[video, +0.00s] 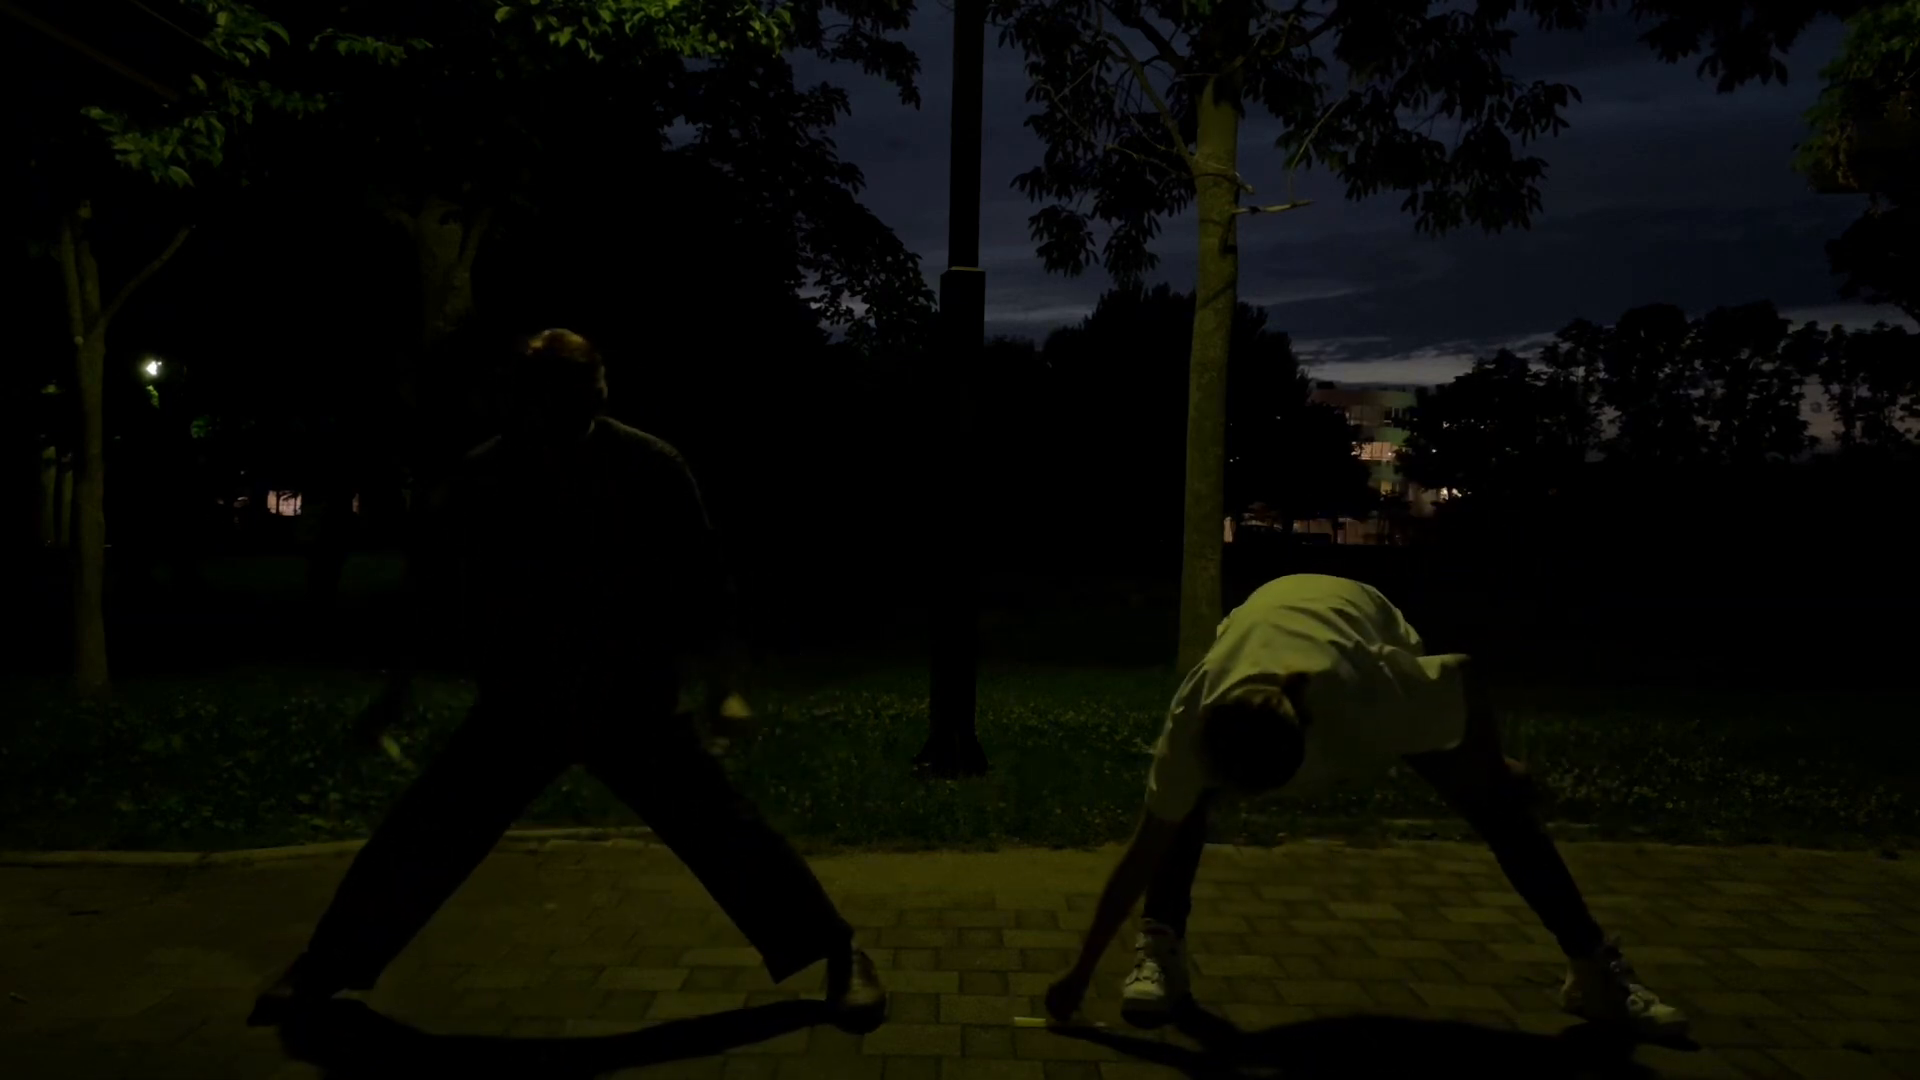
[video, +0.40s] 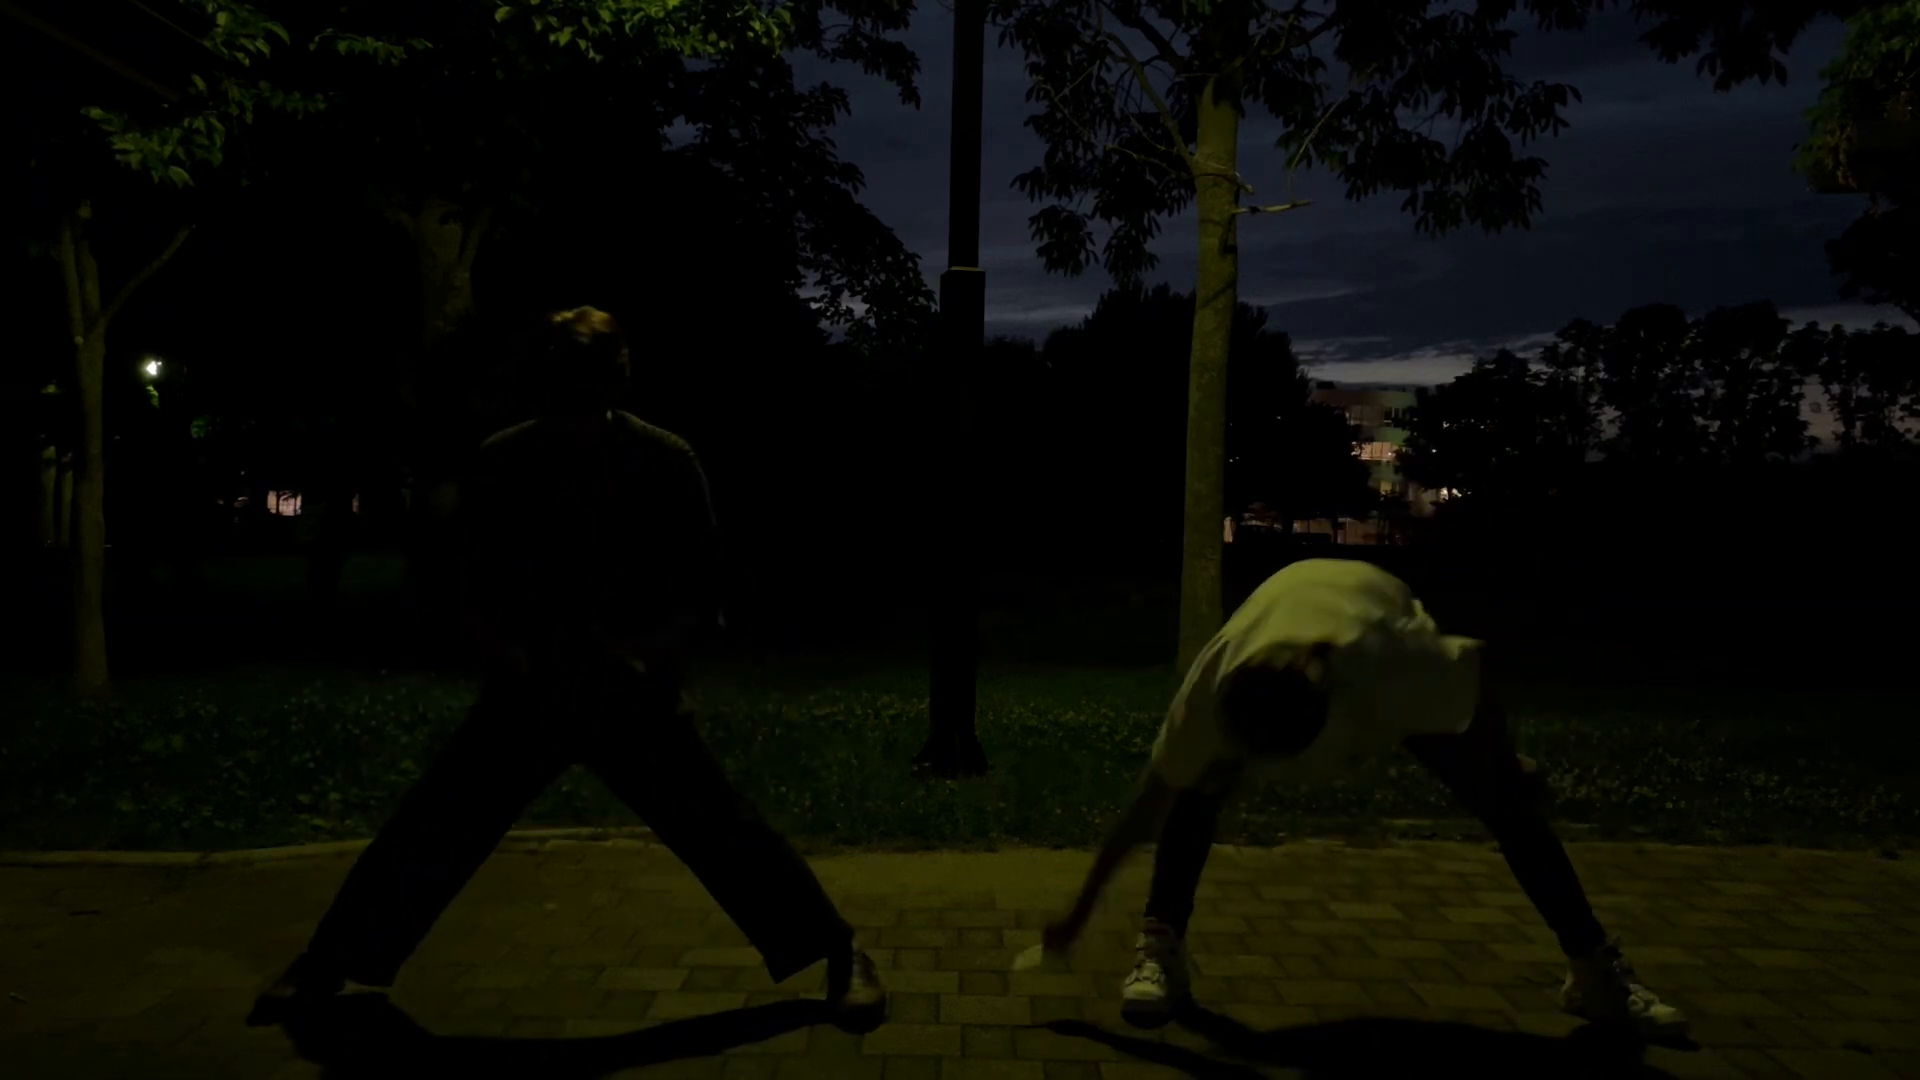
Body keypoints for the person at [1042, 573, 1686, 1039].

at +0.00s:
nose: (1238, 794)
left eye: (1258, 780)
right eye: (1227, 776)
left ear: (1293, 732)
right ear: (1216, 744)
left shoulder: (1376, 688)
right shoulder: (1187, 733)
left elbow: (1470, 680)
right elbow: (1145, 850)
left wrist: (1499, 765)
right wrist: (1082, 970)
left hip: (1365, 618)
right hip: (1251, 625)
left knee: (1497, 808)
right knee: (1180, 804)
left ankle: (1601, 973)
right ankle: (1162, 960)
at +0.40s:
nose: (1256, 757)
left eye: (1270, 747)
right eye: (1247, 743)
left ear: (1313, 712)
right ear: (1231, 707)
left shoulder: (1394, 666)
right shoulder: (1215, 688)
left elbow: (1481, 674)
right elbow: (1148, 804)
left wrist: (1508, 765)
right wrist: (1074, 913)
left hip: (1388, 625)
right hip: (1270, 622)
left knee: (1511, 807)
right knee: (1195, 792)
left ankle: (1601, 975)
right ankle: (1160, 956)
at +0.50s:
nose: (1305, 707)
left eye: (1320, 692)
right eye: (1294, 689)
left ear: (1356, 659)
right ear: (1270, 653)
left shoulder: (1423, 614)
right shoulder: (1238, 634)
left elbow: (1498, 678)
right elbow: (1157, 718)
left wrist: (1529, 768)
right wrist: (1108, 803)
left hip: (1411, 683)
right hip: (1287, 702)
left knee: (1520, 802)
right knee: (1218, 792)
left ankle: (1600, 973)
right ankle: (1161, 951)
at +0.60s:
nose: (1342, 636)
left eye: (1357, 623)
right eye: (1329, 620)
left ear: (1392, 587)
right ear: (1304, 588)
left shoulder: (1455, 574)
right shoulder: (1267, 576)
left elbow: (1511, 676)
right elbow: (1188, 643)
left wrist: (1546, 767)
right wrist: (1142, 721)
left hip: (1424, 668)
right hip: (1304, 670)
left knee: (1533, 803)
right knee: (1236, 788)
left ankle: (1601, 975)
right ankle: (1162, 951)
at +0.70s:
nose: (1374, 546)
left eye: (1389, 531)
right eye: (1366, 528)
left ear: (1424, 504)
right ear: (1346, 494)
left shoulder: (1483, 516)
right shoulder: (1300, 488)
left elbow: (1527, 636)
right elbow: (1253, 572)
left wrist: (1547, 726)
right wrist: (1216, 631)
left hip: (1438, 654)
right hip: (1323, 646)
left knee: (1541, 798)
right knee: (1240, 774)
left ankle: (1601, 973)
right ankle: (1155, 947)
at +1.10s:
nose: (1338, 439)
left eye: (1354, 422)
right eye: (1325, 422)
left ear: (1379, 408)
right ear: (1299, 406)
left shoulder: (1432, 451)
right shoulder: (1246, 451)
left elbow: (1500, 565)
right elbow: (1195, 551)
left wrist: (1513, 668)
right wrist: (1158, 643)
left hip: (1404, 675)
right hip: (1277, 673)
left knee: (1517, 808)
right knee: (1179, 794)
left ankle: (1601, 979)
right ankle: (1085, 953)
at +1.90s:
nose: (1384, 349)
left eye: (1397, 332)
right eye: (1370, 331)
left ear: (1414, 332)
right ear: (1335, 325)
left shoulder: (1441, 416)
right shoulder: (1271, 409)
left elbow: (1478, 524)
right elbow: (1201, 502)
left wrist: (1444, 587)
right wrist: (1245, 569)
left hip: (1412, 665)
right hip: (1287, 662)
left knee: (1518, 808)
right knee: (1185, 794)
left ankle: (1600, 976)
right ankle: (1088, 955)